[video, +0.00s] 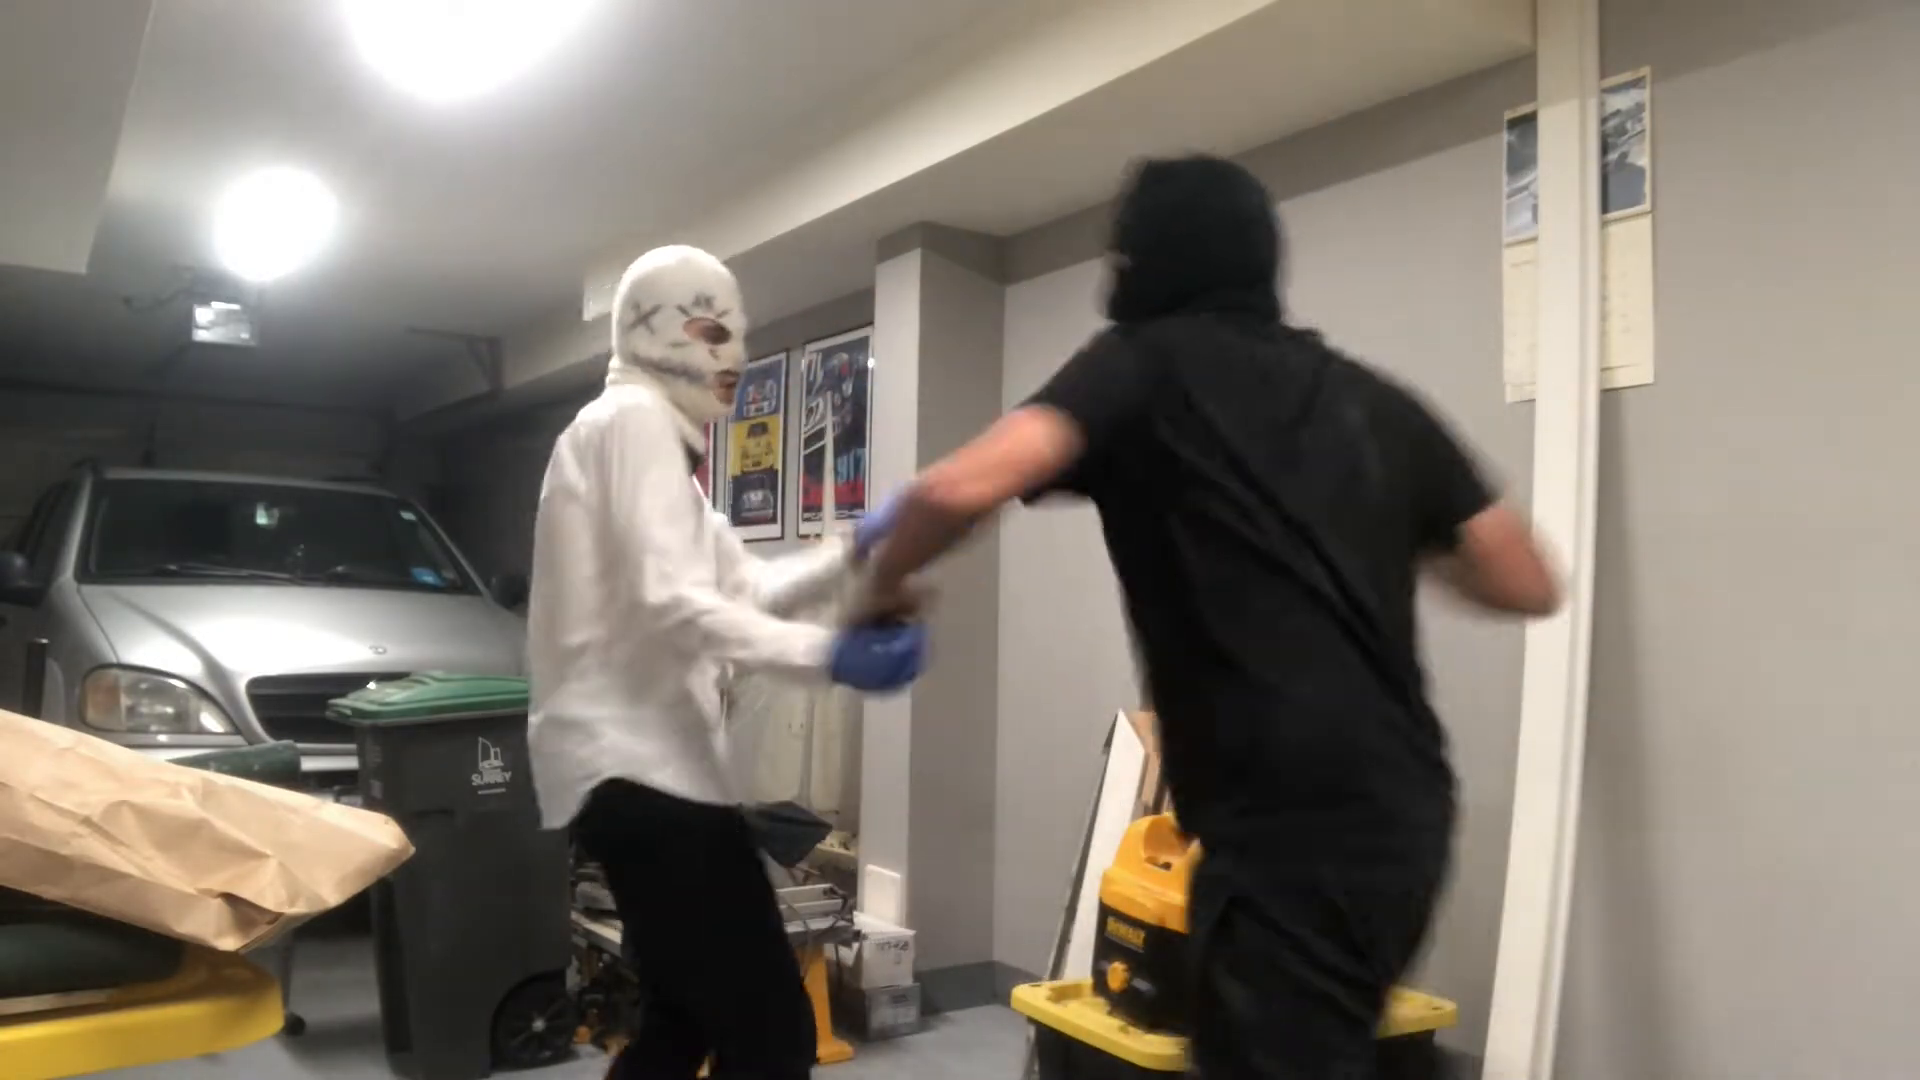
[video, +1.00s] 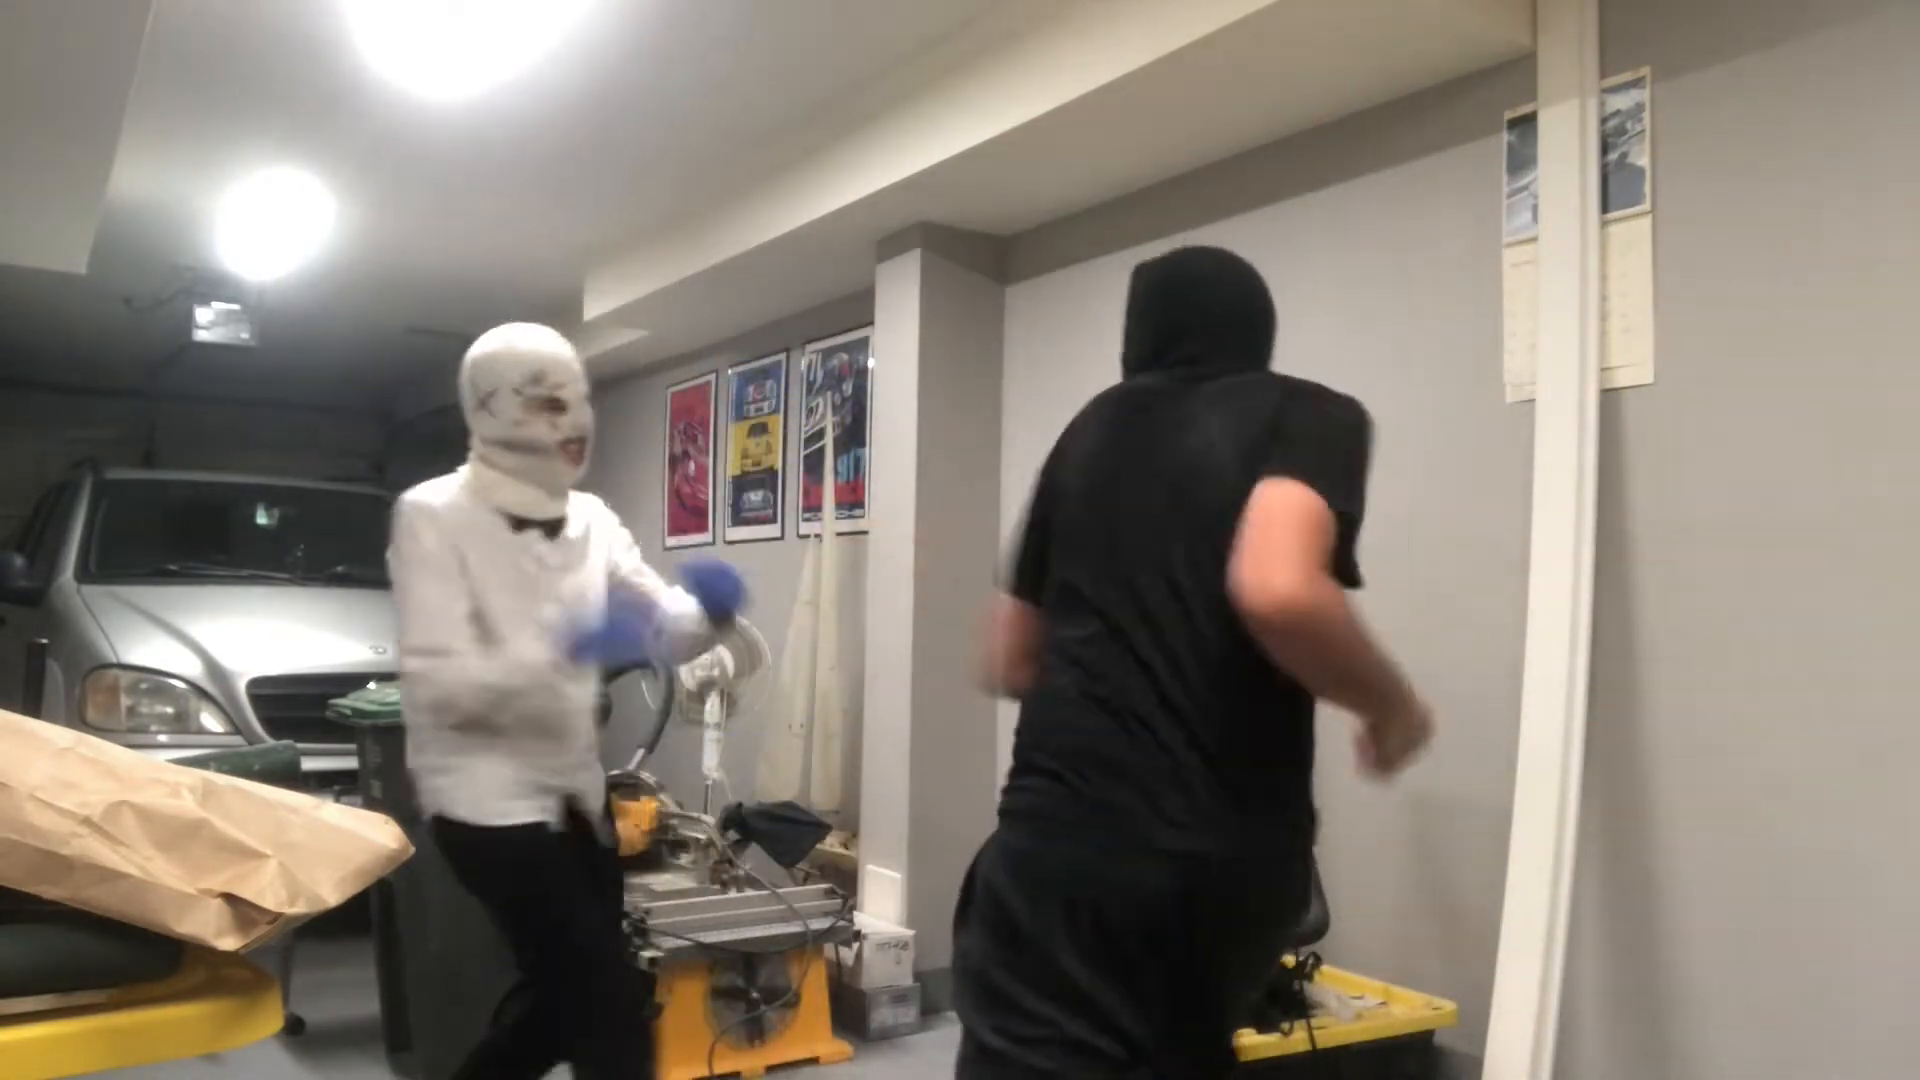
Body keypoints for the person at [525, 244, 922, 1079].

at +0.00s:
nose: (732, 357)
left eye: (734, 336)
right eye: (715, 333)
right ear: (663, 331)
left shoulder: (650, 444)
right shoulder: (630, 421)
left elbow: (747, 595)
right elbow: (670, 600)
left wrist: (855, 552)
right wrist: (829, 651)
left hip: (646, 768)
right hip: (642, 770)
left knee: (680, 1020)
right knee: (770, 1029)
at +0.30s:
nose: (664, 392)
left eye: (669, 375)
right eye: (639, 371)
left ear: (673, 375)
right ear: (588, 369)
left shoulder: (593, 458)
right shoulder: (573, 438)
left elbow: (691, 575)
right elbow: (630, 596)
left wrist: (799, 522)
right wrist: (786, 582)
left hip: (615, 769)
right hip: (634, 763)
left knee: (672, 999)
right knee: (818, 976)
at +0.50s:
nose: (654, 359)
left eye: (663, 345)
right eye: (630, 334)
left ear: (670, 354)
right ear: (581, 336)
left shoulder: (556, 438)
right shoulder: (578, 391)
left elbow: (649, 609)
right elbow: (586, 496)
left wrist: (761, 561)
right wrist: (755, 491)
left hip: (556, 737)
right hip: (615, 705)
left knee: (609, 993)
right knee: (851, 852)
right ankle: (809, 1068)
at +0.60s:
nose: (655, 355)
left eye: (663, 339)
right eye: (637, 330)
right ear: (590, 328)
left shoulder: (571, 424)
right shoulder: (574, 393)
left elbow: (655, 584)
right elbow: (623, 484)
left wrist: (732, 501)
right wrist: (716, 442)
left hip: (553, 731)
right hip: (603, 710)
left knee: (590, 984)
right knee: (841, 861)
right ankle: (795, 1069)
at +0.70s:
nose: (652, 368)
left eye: (656, 350)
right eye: (634, 345)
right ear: (590, 346)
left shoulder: (545, 442)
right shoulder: (561, 435)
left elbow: (654, 552)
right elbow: (589, 561)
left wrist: (740, 476)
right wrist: (711, 543)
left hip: (553, 762)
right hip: (603, 753)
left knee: (606, 985)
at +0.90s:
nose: (605, 415)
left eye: (610, 395)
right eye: (582, 392)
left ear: (614, 399)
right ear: (522, 393)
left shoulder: (596, 512)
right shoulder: (468, 498)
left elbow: (664, 607)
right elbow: (497, 674)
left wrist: (748, 600)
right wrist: (653, 716)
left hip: (598, 782)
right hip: (523, 788)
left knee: (622, 987)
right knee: (674, 994)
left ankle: (525, 1068)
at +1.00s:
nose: (575, 424)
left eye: (580, 403)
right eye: (549, 407)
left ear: (590, 405)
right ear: (490, 416)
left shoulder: (591, 521)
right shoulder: (434, 515)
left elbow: (656, 626)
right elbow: (436, 687)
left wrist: (704, 610)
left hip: (575, 790)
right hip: (480, 793)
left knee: (573, 992)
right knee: (594, 988)